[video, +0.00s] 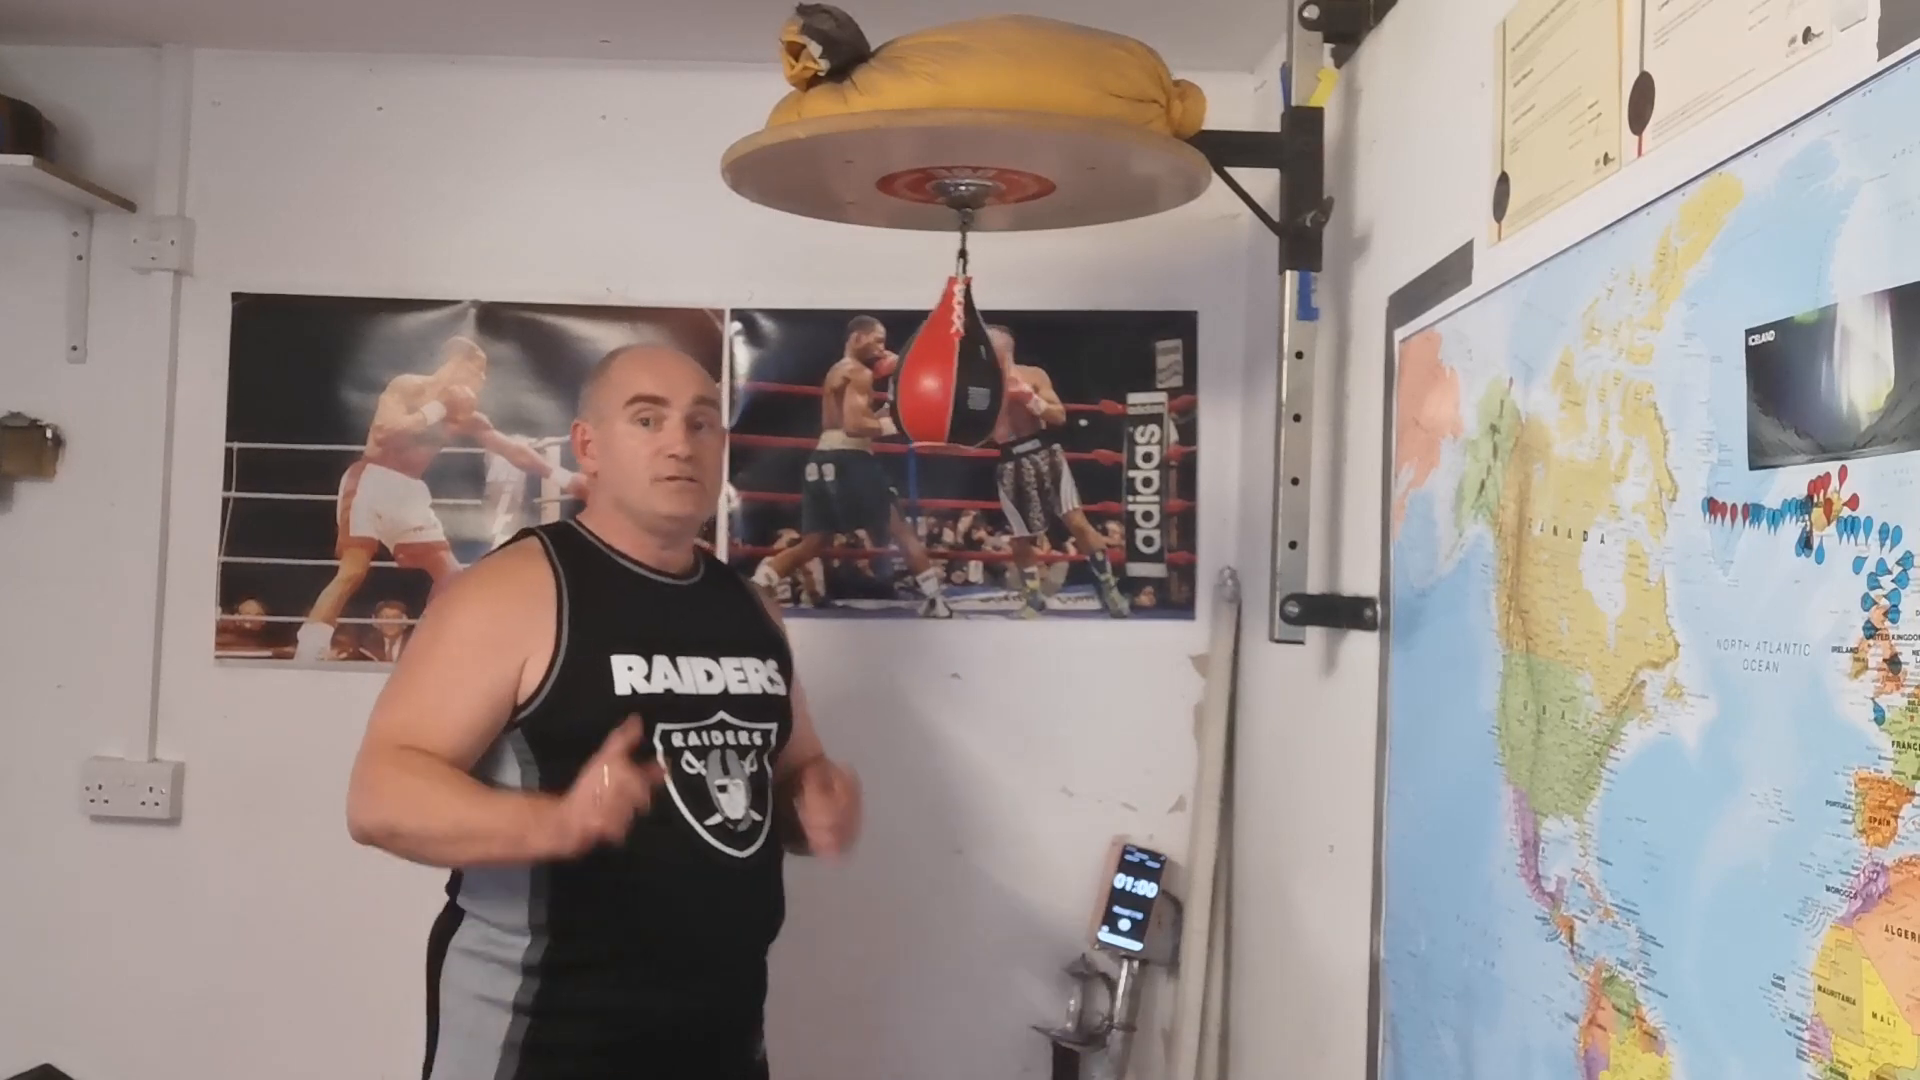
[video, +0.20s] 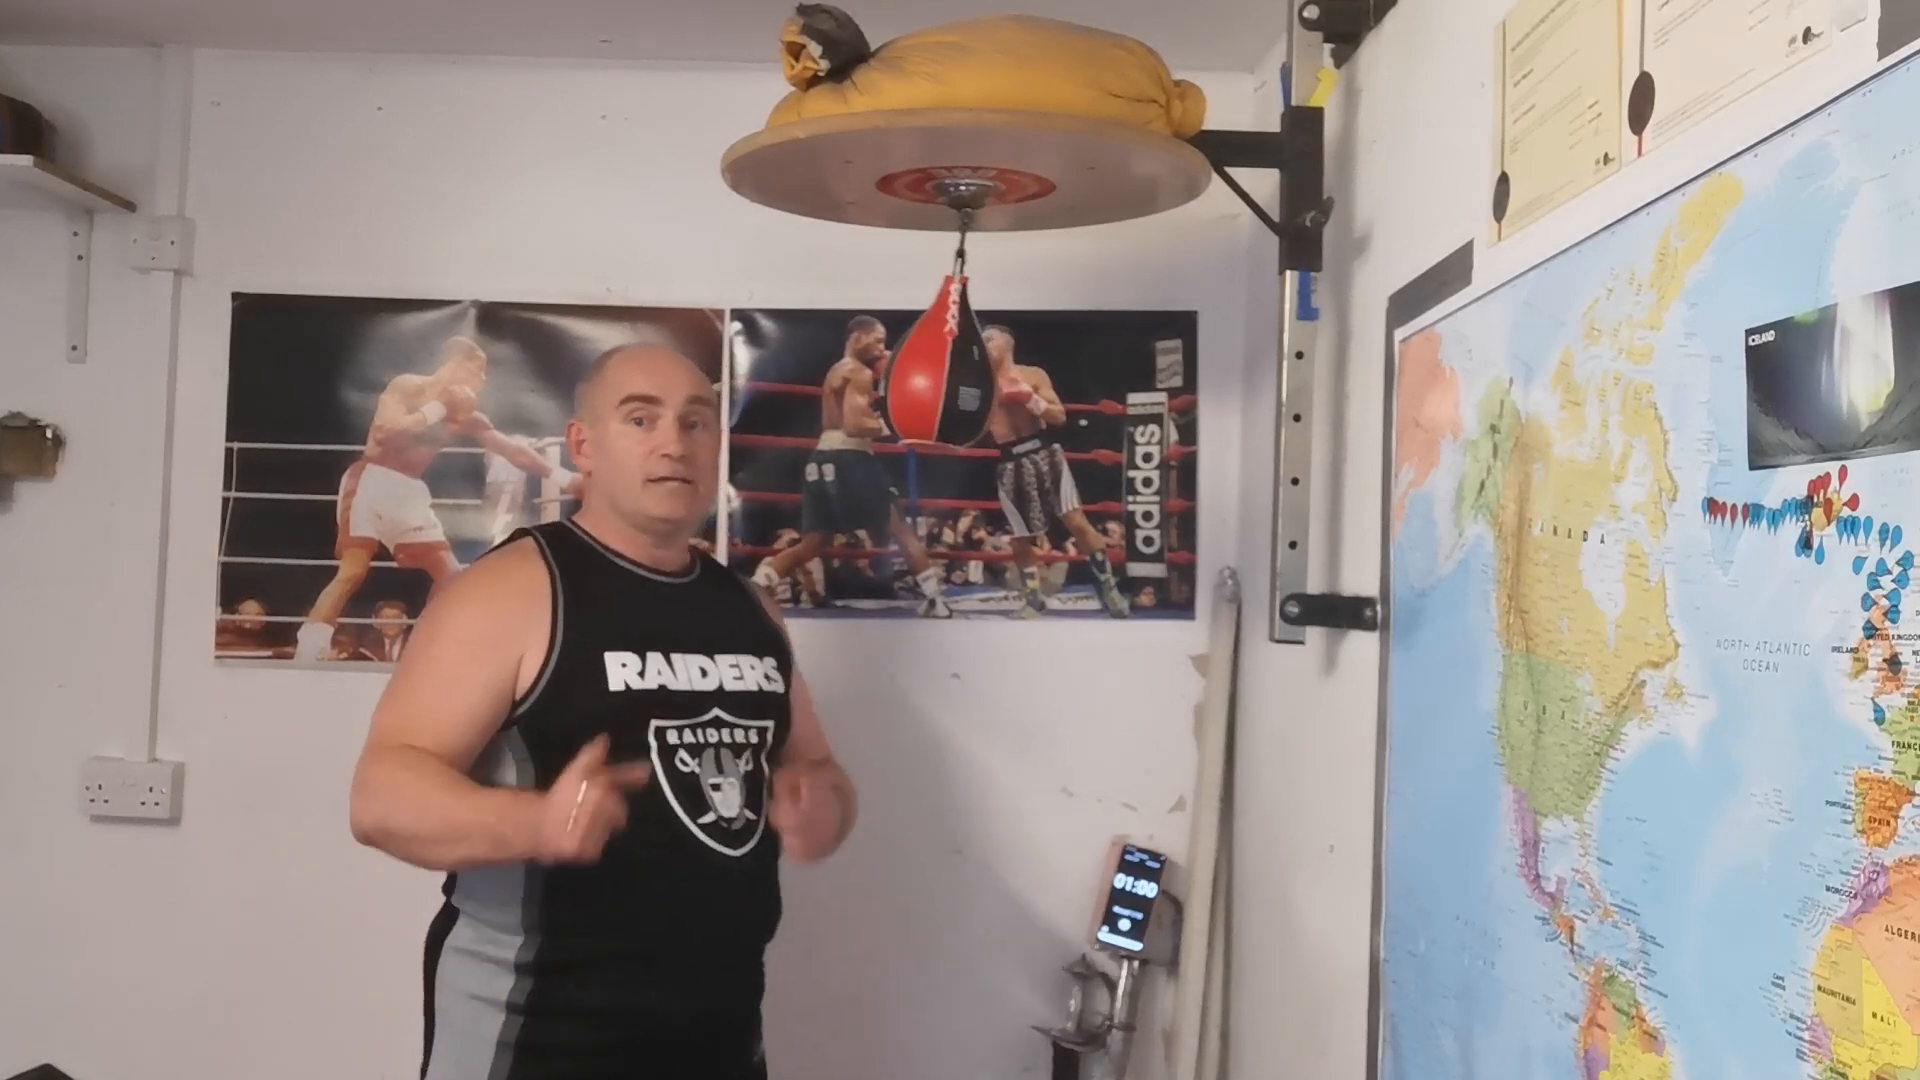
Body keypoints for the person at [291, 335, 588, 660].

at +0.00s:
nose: (477, 385)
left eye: (479, 378)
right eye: (473, 374)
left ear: (476, 380)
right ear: (452, 365)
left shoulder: (465, 415)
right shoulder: (404, 386)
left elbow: (512, 450)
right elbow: (384, 433)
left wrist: (564, 478)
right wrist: (437, 409)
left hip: (408, 494)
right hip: (367, 484)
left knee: (449, 574)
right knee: (353, 571)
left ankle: (427, 660)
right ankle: (306, 651)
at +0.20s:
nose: (475, 385)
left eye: (479, 378)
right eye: (471, 375)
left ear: (477, 382)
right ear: (451, 366)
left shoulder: (465, 415)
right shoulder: (404, 386)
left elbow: (511, 450)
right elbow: (383, 434)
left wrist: (563, 478)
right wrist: (432, 411)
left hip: (408, 493)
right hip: (367, 483)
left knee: (449, 574)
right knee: (353, 570)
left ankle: (429, 663)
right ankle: (306, 651)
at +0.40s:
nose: (475, 383)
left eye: (479, 377)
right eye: (470, 373)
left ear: (478, 382)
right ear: (449, 365)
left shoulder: (465, 416)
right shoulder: (405, 386)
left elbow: (512, 450)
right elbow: (383, 433)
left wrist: (563, 478)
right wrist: (435, 410)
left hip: (408, 492)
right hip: (368, 483)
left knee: (448, 573)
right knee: (353, 571)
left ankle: (465, 652)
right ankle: (305, 651)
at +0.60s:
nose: (477, 385)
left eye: (480, 378)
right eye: (474, 375)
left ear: (475, 380)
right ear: (452, 365)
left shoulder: (465, 416)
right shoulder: (405, 386)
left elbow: (512, 450)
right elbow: (384, 432)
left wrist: (564, 478)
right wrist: (437, 409)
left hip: (408, 494)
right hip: (367, 484)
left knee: (449, 574)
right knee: (353, 571)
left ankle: (448, 657)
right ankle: (306, 651)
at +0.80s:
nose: (478, 384)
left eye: (480, 377)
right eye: (474, 374)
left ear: (475, 381)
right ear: (452, 365)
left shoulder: (464, 415)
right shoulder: (405, 387)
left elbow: (511, 450)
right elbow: (383, 432)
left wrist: (563, 478)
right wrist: (437, 409)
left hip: (409, 493)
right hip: (369, 483)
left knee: (449, 573)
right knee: (353, 571)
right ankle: (306, 652)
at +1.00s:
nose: (479, 384)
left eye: (481, 377)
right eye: (476, 374)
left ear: (471, 379)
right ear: (454, 367)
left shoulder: (463, 415)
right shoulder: (405, 386)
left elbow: (510, 450)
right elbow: (384, 433)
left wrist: (563, 478)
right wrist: (437, 408)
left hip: (409, 493)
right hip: (370, 483)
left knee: (448, 573)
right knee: (353, 571)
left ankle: (460, 651)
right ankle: (305, 650)